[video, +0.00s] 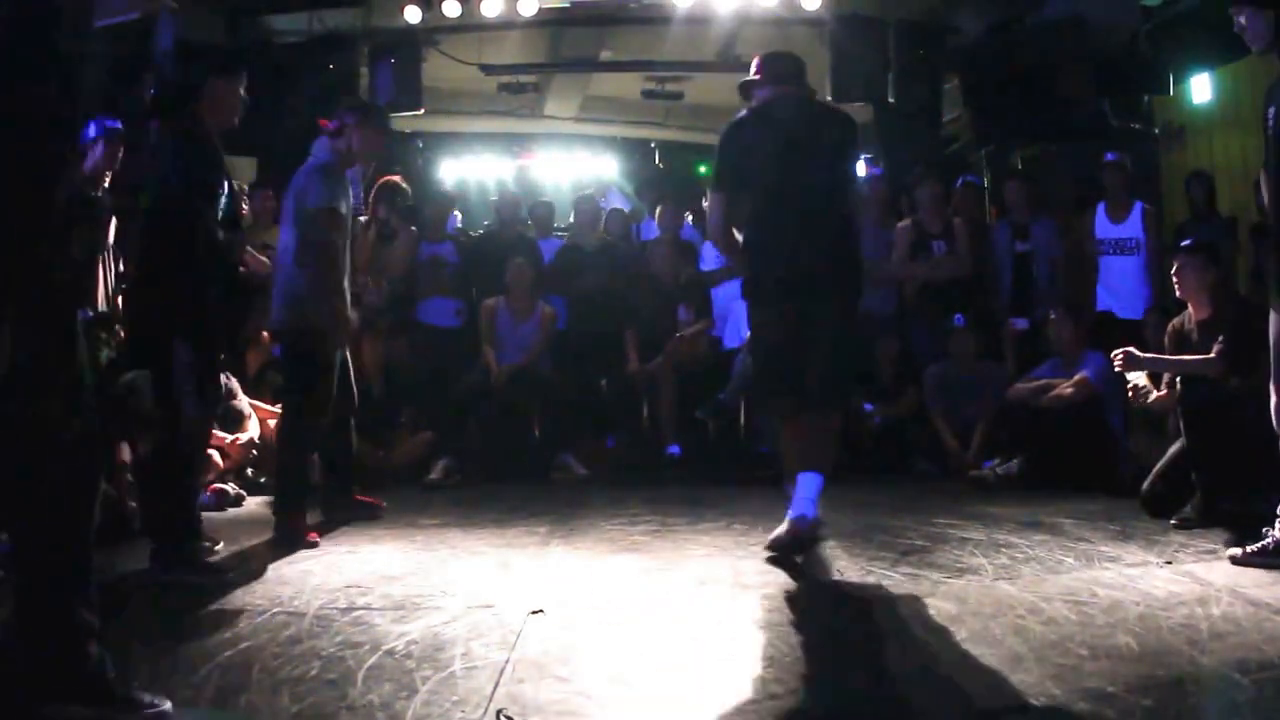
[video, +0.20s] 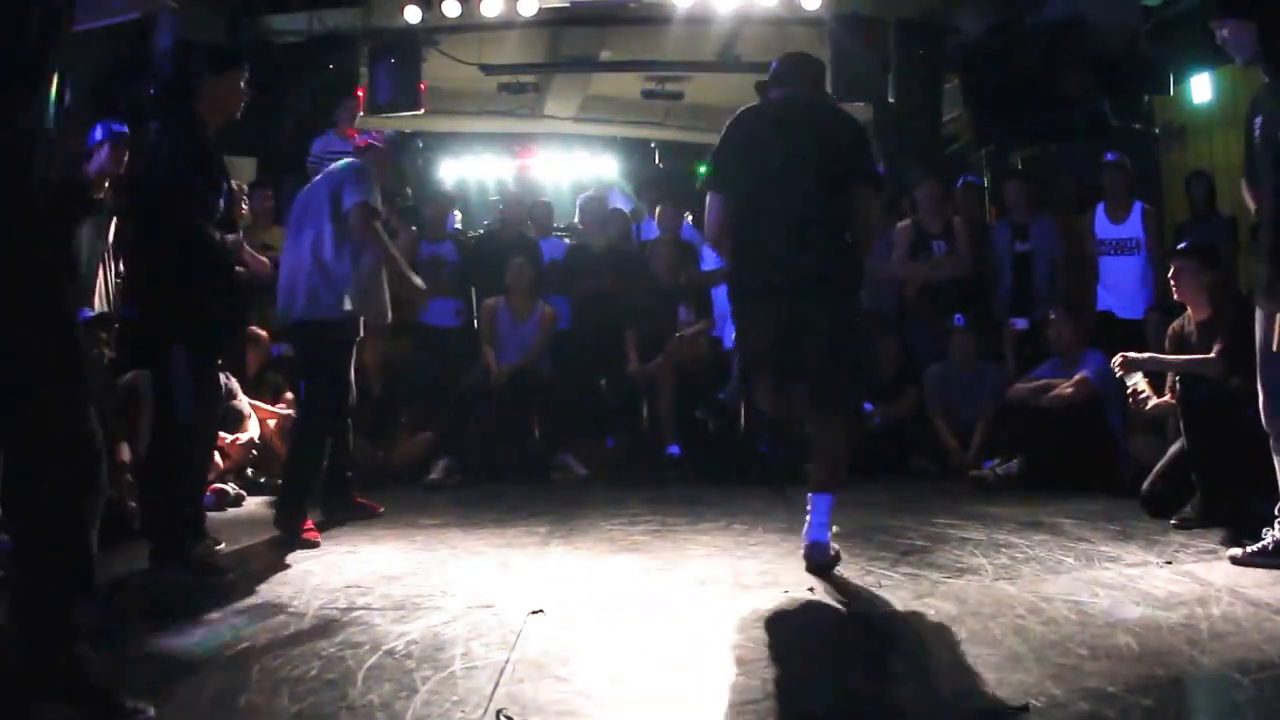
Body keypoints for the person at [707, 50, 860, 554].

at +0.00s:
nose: (751, 95)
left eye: (753, 87)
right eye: (752, 88)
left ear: (761, 85)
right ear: (802, 83)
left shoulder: (741, 129)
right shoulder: (839, 123)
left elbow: (716, 224)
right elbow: (853, 199)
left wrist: (744, 258)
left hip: (771, 275)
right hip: (833, 271)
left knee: (784, 392)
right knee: (825, 389)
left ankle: (802, 512)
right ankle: (802, 510)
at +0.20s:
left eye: (779, 85)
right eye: (812, 85)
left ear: (769, 87)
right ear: (822, 87)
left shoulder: (743, 123)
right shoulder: (847, 128)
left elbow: (714, 225)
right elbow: (868, 217)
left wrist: (749, 261)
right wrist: (850, 257)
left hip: (760, 284)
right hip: (829, 284)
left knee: (765, 391)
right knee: (830, 406)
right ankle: (818, 535)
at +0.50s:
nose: (716, 71)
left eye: (716, 63)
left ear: (718, 62)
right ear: (772, 58)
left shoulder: (701, 102)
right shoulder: (808, 91)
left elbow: (679, 208)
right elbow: (826, 185)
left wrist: (675, 272)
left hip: (739, 284)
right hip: (819, 278)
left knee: (747, 427)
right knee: (842, 413)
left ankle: (764, 595)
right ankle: (878, 565)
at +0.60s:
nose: (692, 50)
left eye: (691, 42)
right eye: (699, 43)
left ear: (696, 39)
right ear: (748, 36)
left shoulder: (687, 85)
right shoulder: (789, 80)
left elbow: (673, 186)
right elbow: (813, 183)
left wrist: (670, 260)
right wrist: (821, 259)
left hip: (719, 271)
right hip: (786, 267)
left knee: (735, 416)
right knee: (786, 393)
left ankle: (765, 583)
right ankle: (806, 508)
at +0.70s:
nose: (666, 26)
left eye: (675, 22)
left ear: (688, 19)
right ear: (733, 23)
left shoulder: (679, 41)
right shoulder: (778, 76)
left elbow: (632, 140)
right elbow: (793, 175)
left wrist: (639, 219)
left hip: (703, 246)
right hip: (766, 252)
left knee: (674, 382)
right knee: (689, 386)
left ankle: (772, 532)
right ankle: (671, 533)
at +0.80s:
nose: (661, 47)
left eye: (665, 38)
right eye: (663, 40)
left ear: (681, 36)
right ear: (725, 40)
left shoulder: (666, 68)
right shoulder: (760, 96)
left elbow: (592, 153)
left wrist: (607, 239)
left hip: (686, 272)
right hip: (745, 277)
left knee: (614, 391)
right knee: (640, 405)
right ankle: (732, 510)